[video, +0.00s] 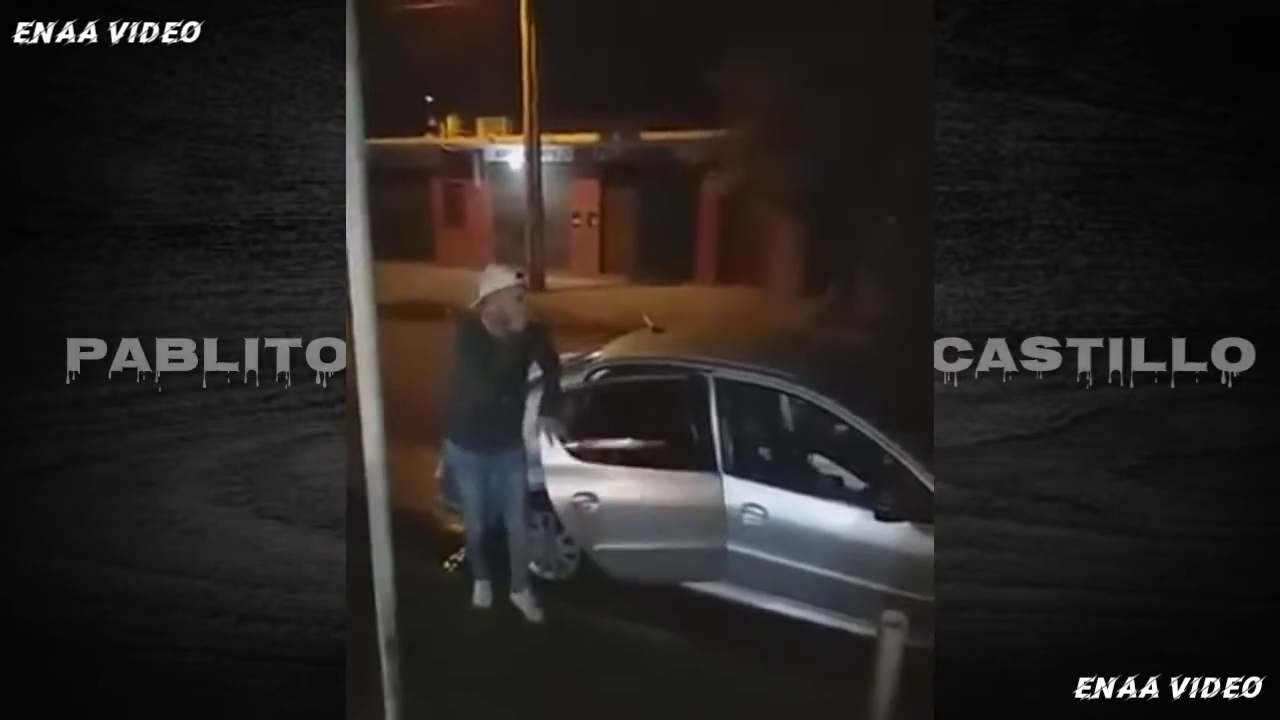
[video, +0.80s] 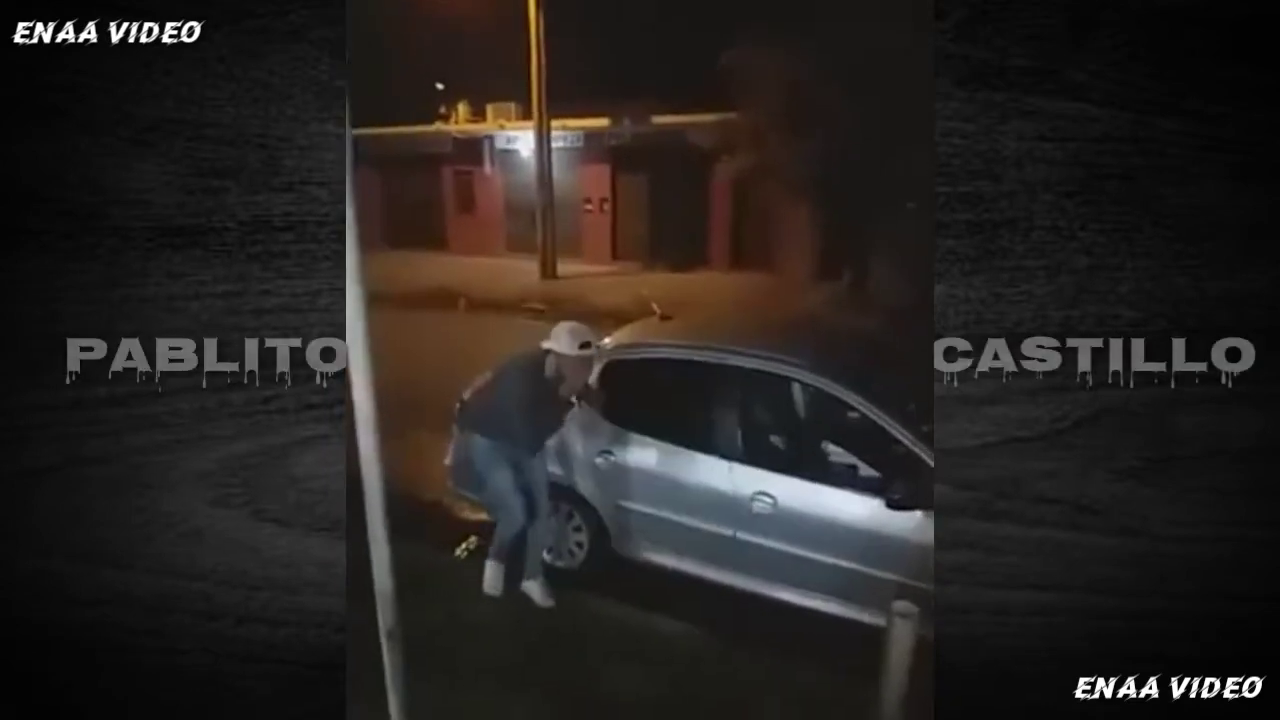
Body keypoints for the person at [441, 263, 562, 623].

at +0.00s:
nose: (521, 305)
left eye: (522, 297)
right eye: (514, 298)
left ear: (520, 300)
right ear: (491, 303)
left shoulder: (527, 335)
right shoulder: (469, 334)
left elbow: (552, 372)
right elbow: (470, 388)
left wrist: (548, 413)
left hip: (510, 444)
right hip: (468, 445)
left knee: (517, 522)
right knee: (476, 522)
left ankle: (520, 587)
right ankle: (480, 580)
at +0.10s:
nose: (532, 303)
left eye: (531, 296)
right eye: (525, 296)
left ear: (526, 297)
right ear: (504, 300)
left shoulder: (529, 334)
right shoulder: (476, 330)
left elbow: (552, 369)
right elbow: (487, 384)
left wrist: (552, 408)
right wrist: (528, 340)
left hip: (508, 438)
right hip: (468, 438)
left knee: (517, 516)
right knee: (476, 516)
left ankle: (519, 582)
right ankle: (480, 574)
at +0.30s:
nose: (562, 315)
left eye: (562, 308)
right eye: (556, 309)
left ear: (549, 312)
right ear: (534, 311)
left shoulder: (556, 346)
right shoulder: (510, 342)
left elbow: (574, 397)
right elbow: (529, 394)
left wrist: (564, 344)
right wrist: (558, 347)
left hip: (522, 432)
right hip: (482, 432)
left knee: (534, 506)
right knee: (496, 506)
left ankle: (534, 573)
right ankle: (494, 563)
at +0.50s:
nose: (574, 361)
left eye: (578, 355)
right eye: (571, 353)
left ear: (578, 355)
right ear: (556, 351)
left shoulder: (563, 382)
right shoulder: (526, 373)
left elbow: (558, 427)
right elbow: (534, 435)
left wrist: (578, 387)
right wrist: (567, 397)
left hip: (528, 452)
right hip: (488, 446)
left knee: (541, 515)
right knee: (504, 514)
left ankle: (537, 581)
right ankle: (498, 571)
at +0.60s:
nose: (572, 375)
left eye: (579, 369)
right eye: (570, 366)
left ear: (583, 371)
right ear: (560, 362)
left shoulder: (567, 396)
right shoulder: (526, 378)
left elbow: (542, 449)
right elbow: (537, 448)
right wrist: (568, 412)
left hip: (527, 453)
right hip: (487, 445)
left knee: (542, 515)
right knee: (508, 518)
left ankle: (537, 580)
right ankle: (499, 569)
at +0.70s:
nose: (593, 381)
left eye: (594, 374)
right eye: (588, 373)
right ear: (567, 369)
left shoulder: (572, 392)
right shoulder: (524, 380)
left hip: (530, 449)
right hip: (487, 442)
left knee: (542, 517)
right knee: (508, 519)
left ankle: (534, 582)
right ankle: (496, 568)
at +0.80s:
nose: (587, 370)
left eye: (588, 363)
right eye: (581, 363)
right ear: (560, 358)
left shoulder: (566, 381)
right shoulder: (521, 370)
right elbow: (527, 436)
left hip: (527, 445)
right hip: (487, 437)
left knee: (540, 513)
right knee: (514, 513)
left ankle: (532, 577)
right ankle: (496, 561)